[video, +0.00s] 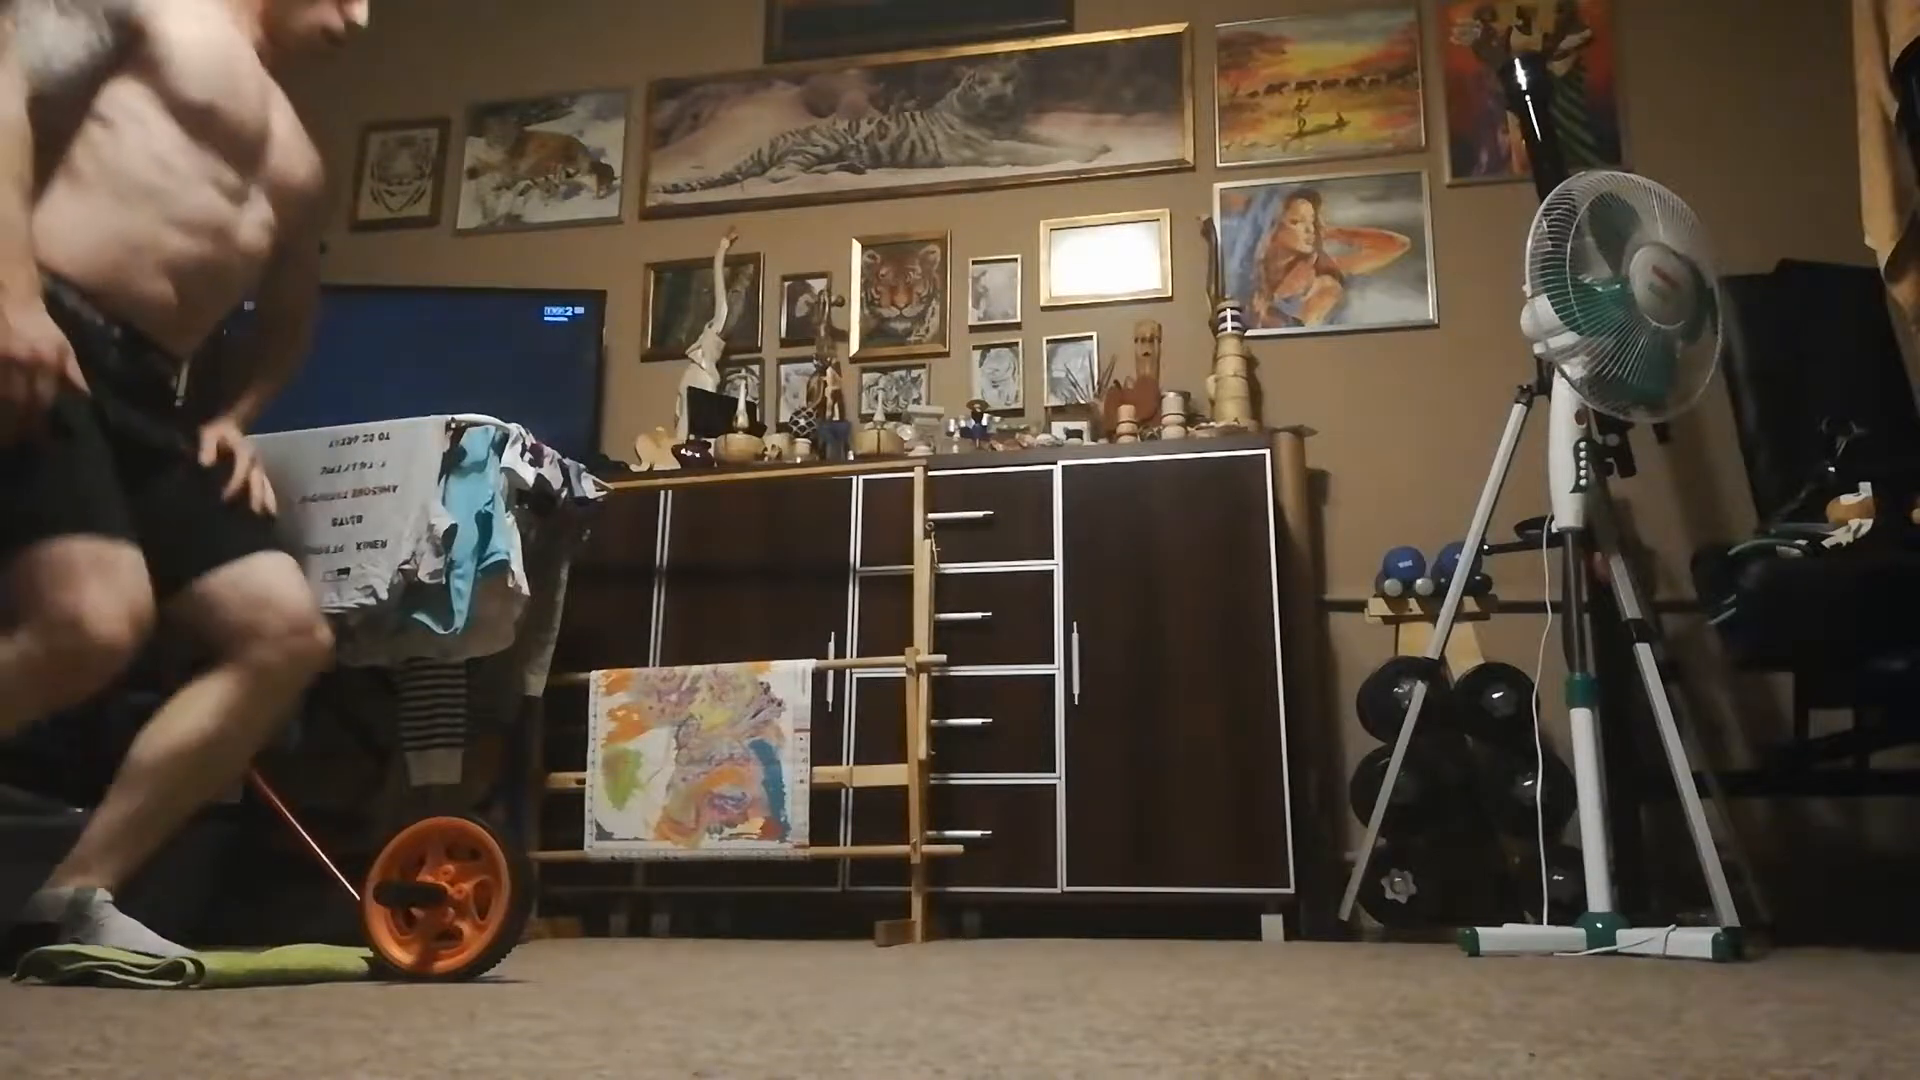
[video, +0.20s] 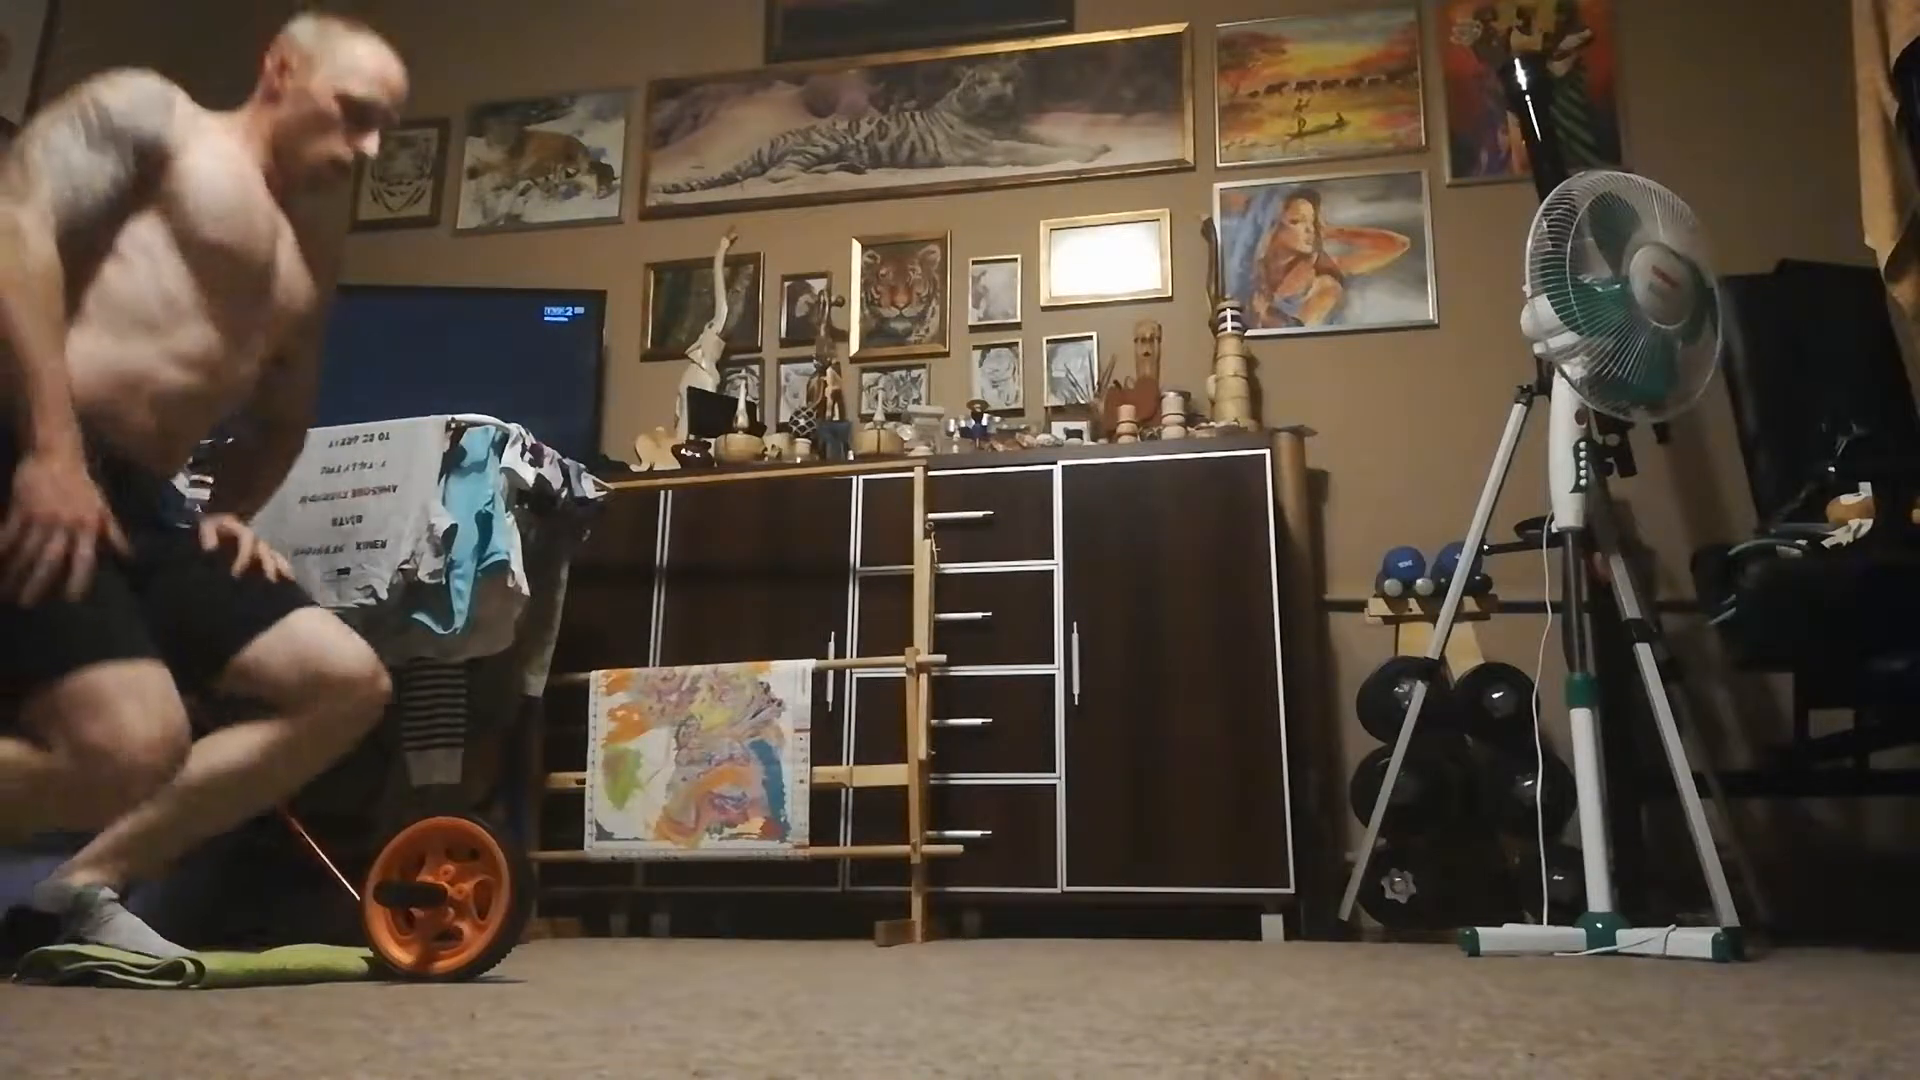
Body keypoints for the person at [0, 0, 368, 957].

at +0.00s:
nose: (360, 12)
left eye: (365, 5)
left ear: (332, 22)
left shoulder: (308, 164)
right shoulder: (150, 12)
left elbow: (288, 321)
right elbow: (11, 89)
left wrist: (236, 413)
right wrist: (16, 294)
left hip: (157, 395)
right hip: (45, 327)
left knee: (285, 636)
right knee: (92, 620)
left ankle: (76, 894)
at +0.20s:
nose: (370, 149)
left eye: (385, 131)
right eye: (357, 113)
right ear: (280, 72)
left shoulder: (305, 272)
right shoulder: (149, 112)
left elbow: (280, 424)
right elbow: (17, 220)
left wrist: (229, 509)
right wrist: (53, 450)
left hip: (150, 505)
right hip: (43, 463)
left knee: (342, 687)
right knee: (125, 751)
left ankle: (82, 889)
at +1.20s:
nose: (366, 50)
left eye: (372, 27)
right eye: (346, 18)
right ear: (263, 9)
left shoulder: (348, 211)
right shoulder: (111, 128)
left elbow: (378, 399)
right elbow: (15, 338)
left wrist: (472, 447)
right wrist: (12, 584)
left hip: (303, 563)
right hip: (152, 539)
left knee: (319, 922)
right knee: (145, 936)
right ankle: (0, 845)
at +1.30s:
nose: (393, 67)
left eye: (404, 46)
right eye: (369, 31)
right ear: (281, 13)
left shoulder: (377, 233)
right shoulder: (140, 144)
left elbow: (426, 428)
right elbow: (41, 344)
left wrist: (504, 392)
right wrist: (32, 579)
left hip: (317, 576)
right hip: (170, 542)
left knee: (321, 939)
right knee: (148, 937)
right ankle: (1, 844)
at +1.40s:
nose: (429, 92)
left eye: (444, 68)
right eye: (408, 51)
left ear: (451, 75)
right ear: (318, 18)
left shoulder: (417, 266)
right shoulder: (178, 158)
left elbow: (484, 440)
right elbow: (81, 347)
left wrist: (533, 326)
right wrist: (82, 563)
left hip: (340, 584)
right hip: (191, 545)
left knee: (326, 944)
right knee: (155, 944)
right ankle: (12, 839)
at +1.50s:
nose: (480, 123)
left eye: (494, 104)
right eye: (462, 88)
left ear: (499, 112)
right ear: (376, 47)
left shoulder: (443, 288)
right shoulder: (228, 164)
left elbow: (528, 437)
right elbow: (112, 335)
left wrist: (539, 277)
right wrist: (137, 544)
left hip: (357, 592)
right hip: (218, 545)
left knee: (328, 938)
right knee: (165, 925)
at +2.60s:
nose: (555, 312)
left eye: (575, 295)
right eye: (546, 275)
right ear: (467, 220)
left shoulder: (475, 433)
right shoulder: (300, 315)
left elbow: (484, 626)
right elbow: (327, 573)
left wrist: (490, 809)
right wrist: (400, 808)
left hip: (236, 637)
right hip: (86, 600)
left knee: (342, 921)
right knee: (182, 925)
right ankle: (10, 864)